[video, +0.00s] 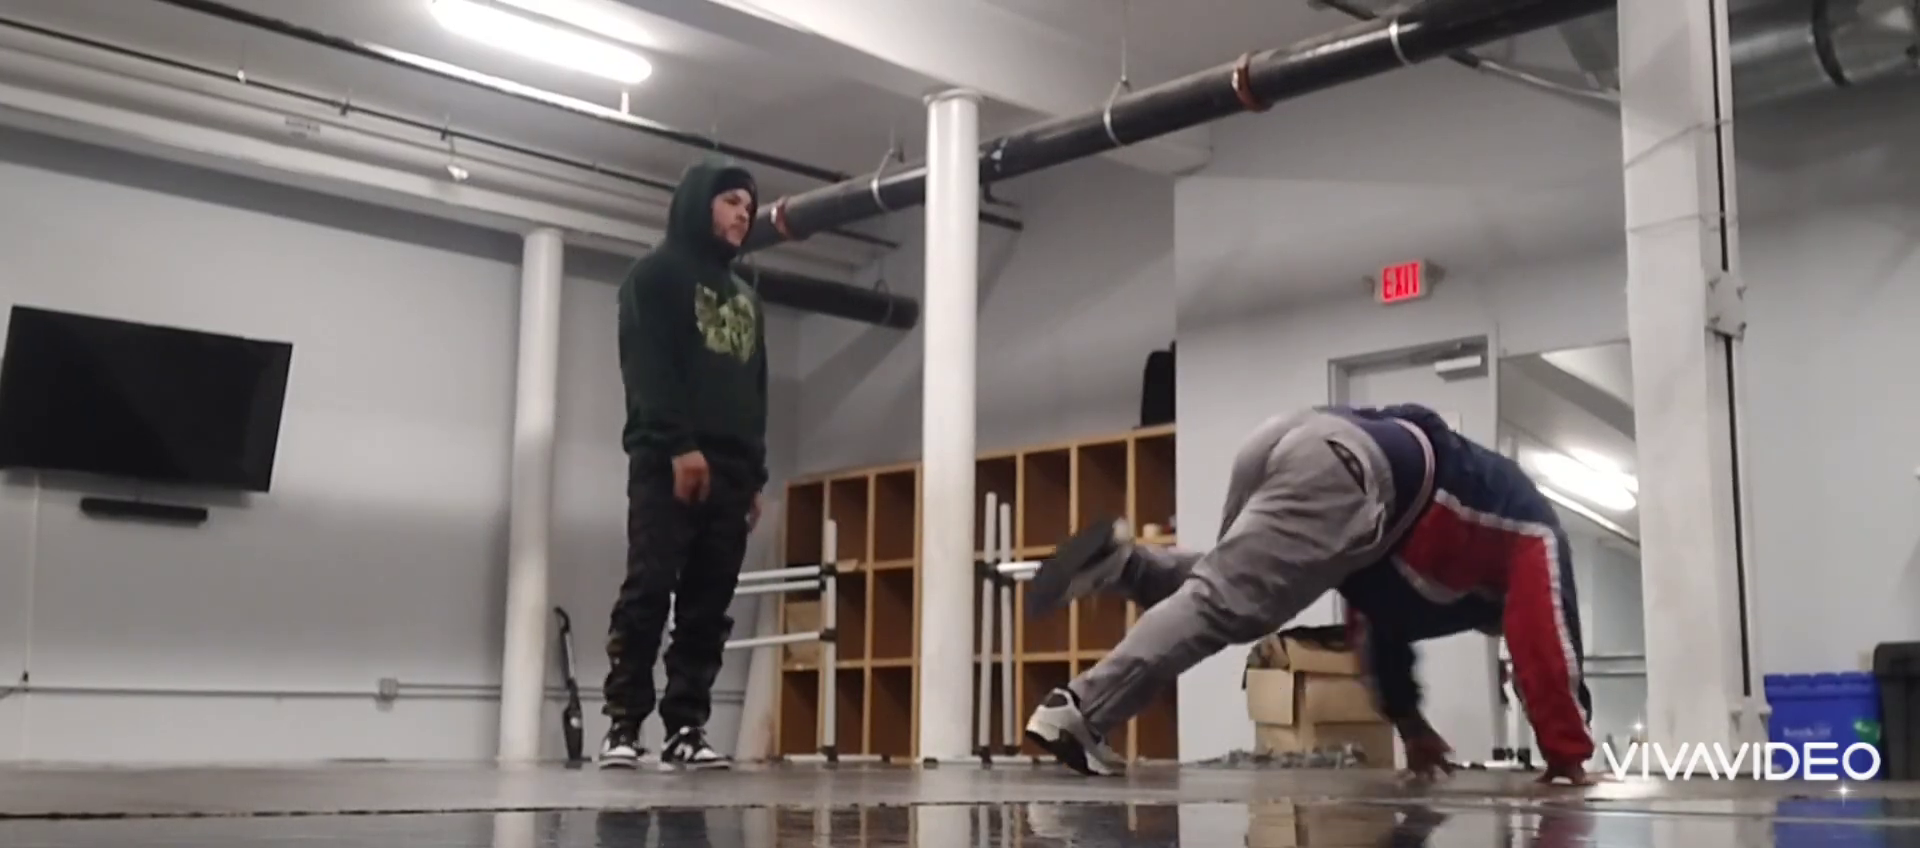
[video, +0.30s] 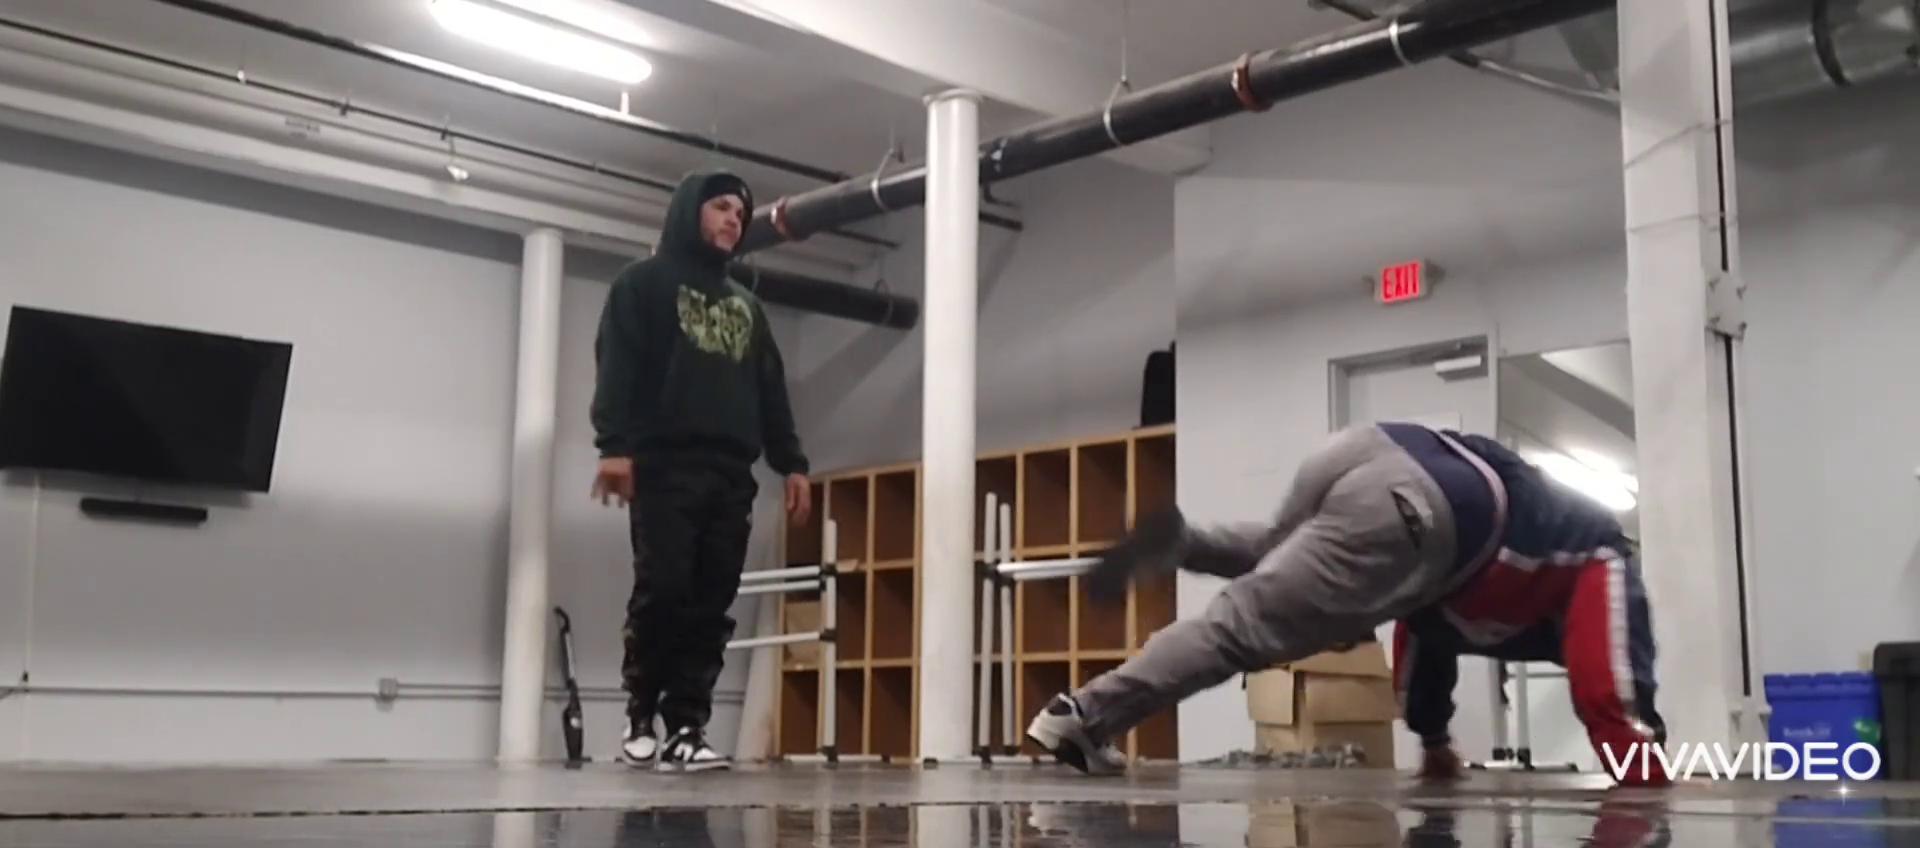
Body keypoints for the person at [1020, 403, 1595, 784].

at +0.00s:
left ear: (1493, 604)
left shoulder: (1420, 582)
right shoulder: (1533, 530)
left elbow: (1380, 642)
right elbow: (1539, 652)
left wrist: (1413, 731)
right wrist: (1569, 756)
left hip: (1280, 434)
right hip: (1348, 460)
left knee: (1240, 586)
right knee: (1224, 606)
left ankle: (1122, 563)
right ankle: (1073, 715)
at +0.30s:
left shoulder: (1485, 586)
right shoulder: (1604, 557)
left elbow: (1426, 645)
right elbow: (1601, 689)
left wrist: (1436, 748)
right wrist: (1648, 773)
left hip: (1366, 442)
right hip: (1421, 507)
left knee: (1273, 552)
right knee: (1239, 630)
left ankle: (1178, 536)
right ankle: (1078, 717)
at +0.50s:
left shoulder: (1506, 575)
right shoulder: (1624, 547)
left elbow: (1454, 645)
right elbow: (1618, 680)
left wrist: (1457, 751)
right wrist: (1645, 764)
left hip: (1351, 463)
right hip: (1419, 516)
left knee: (1323, 591)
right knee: (1244, 640)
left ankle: (1211, 597)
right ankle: (1077, 720)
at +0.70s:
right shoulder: (1624, 540)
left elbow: (1457, 641)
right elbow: (1623, 668)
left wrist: (1462, 756)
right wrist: (1647, 771)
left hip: (1350, 438)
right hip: (1398, 487)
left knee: (1309, 580)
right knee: (1231, 625)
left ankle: (1176, 571)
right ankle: (1072, 719)